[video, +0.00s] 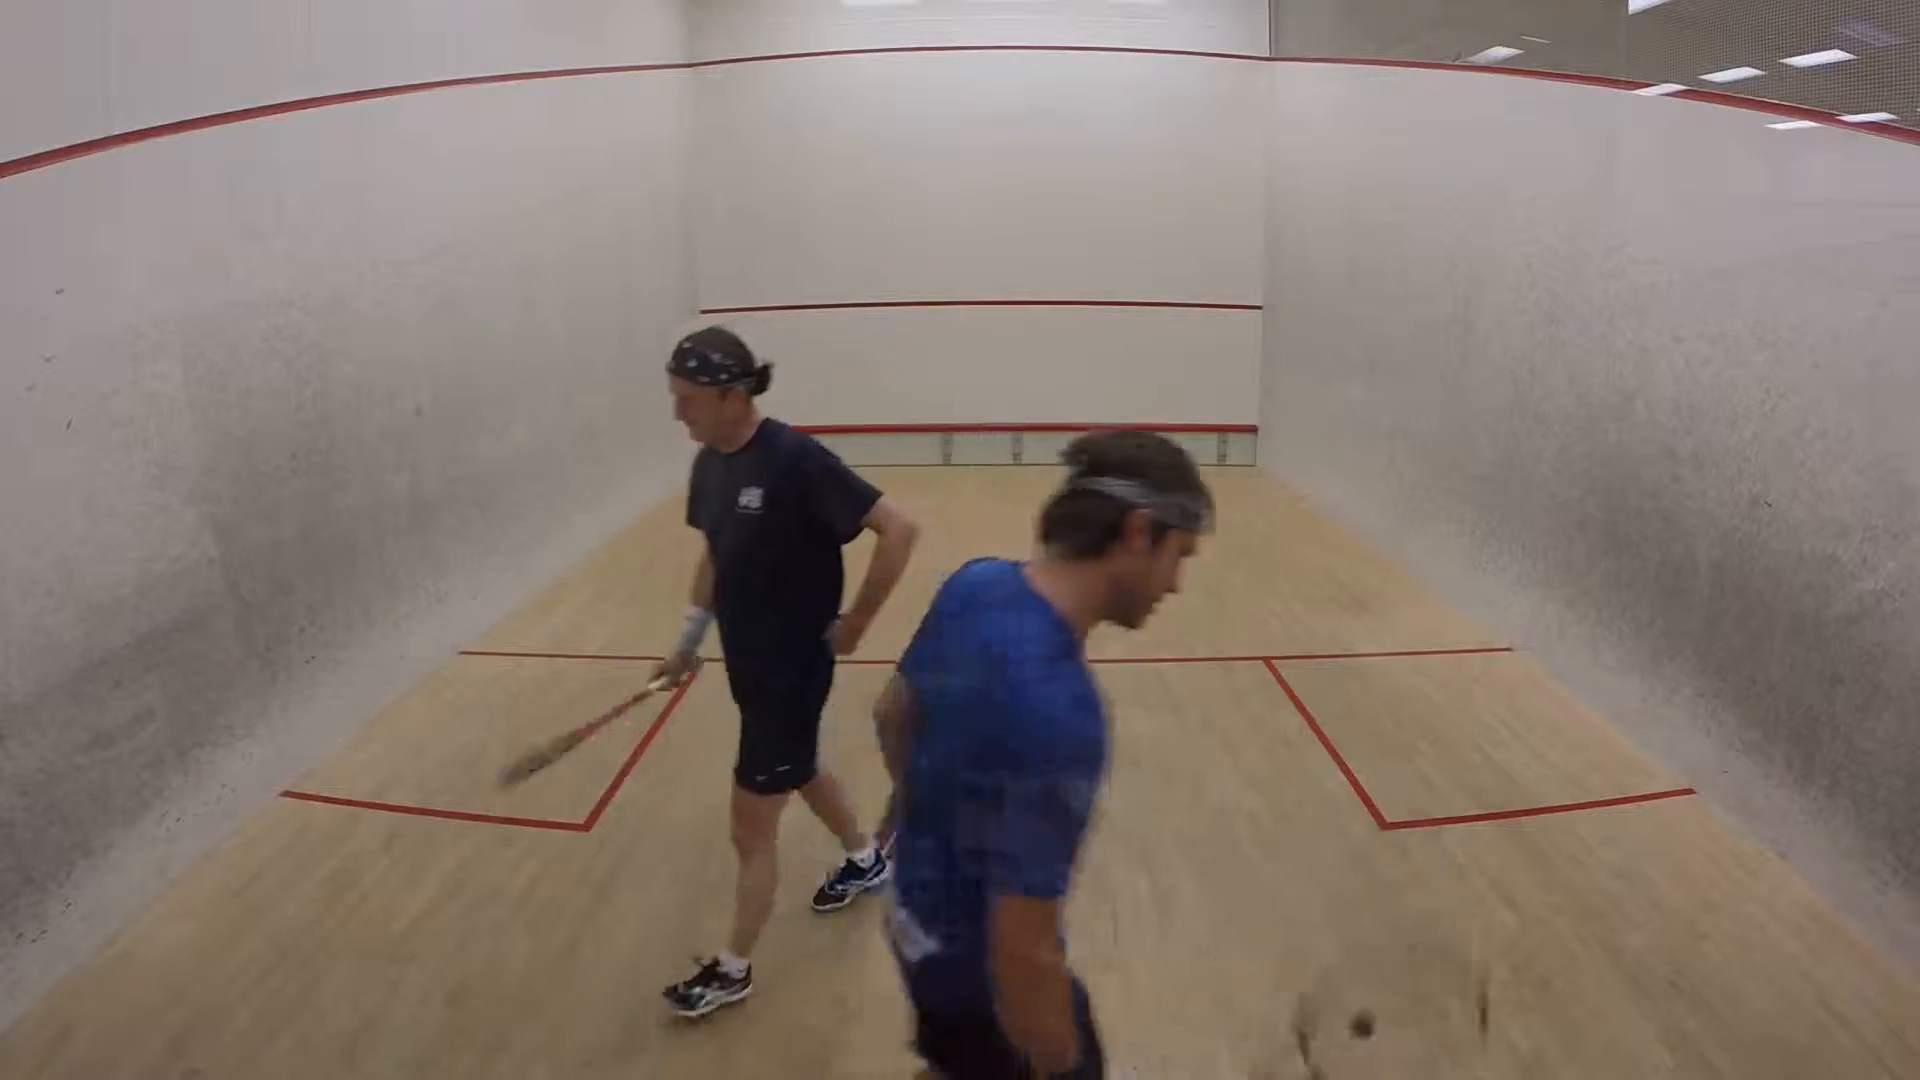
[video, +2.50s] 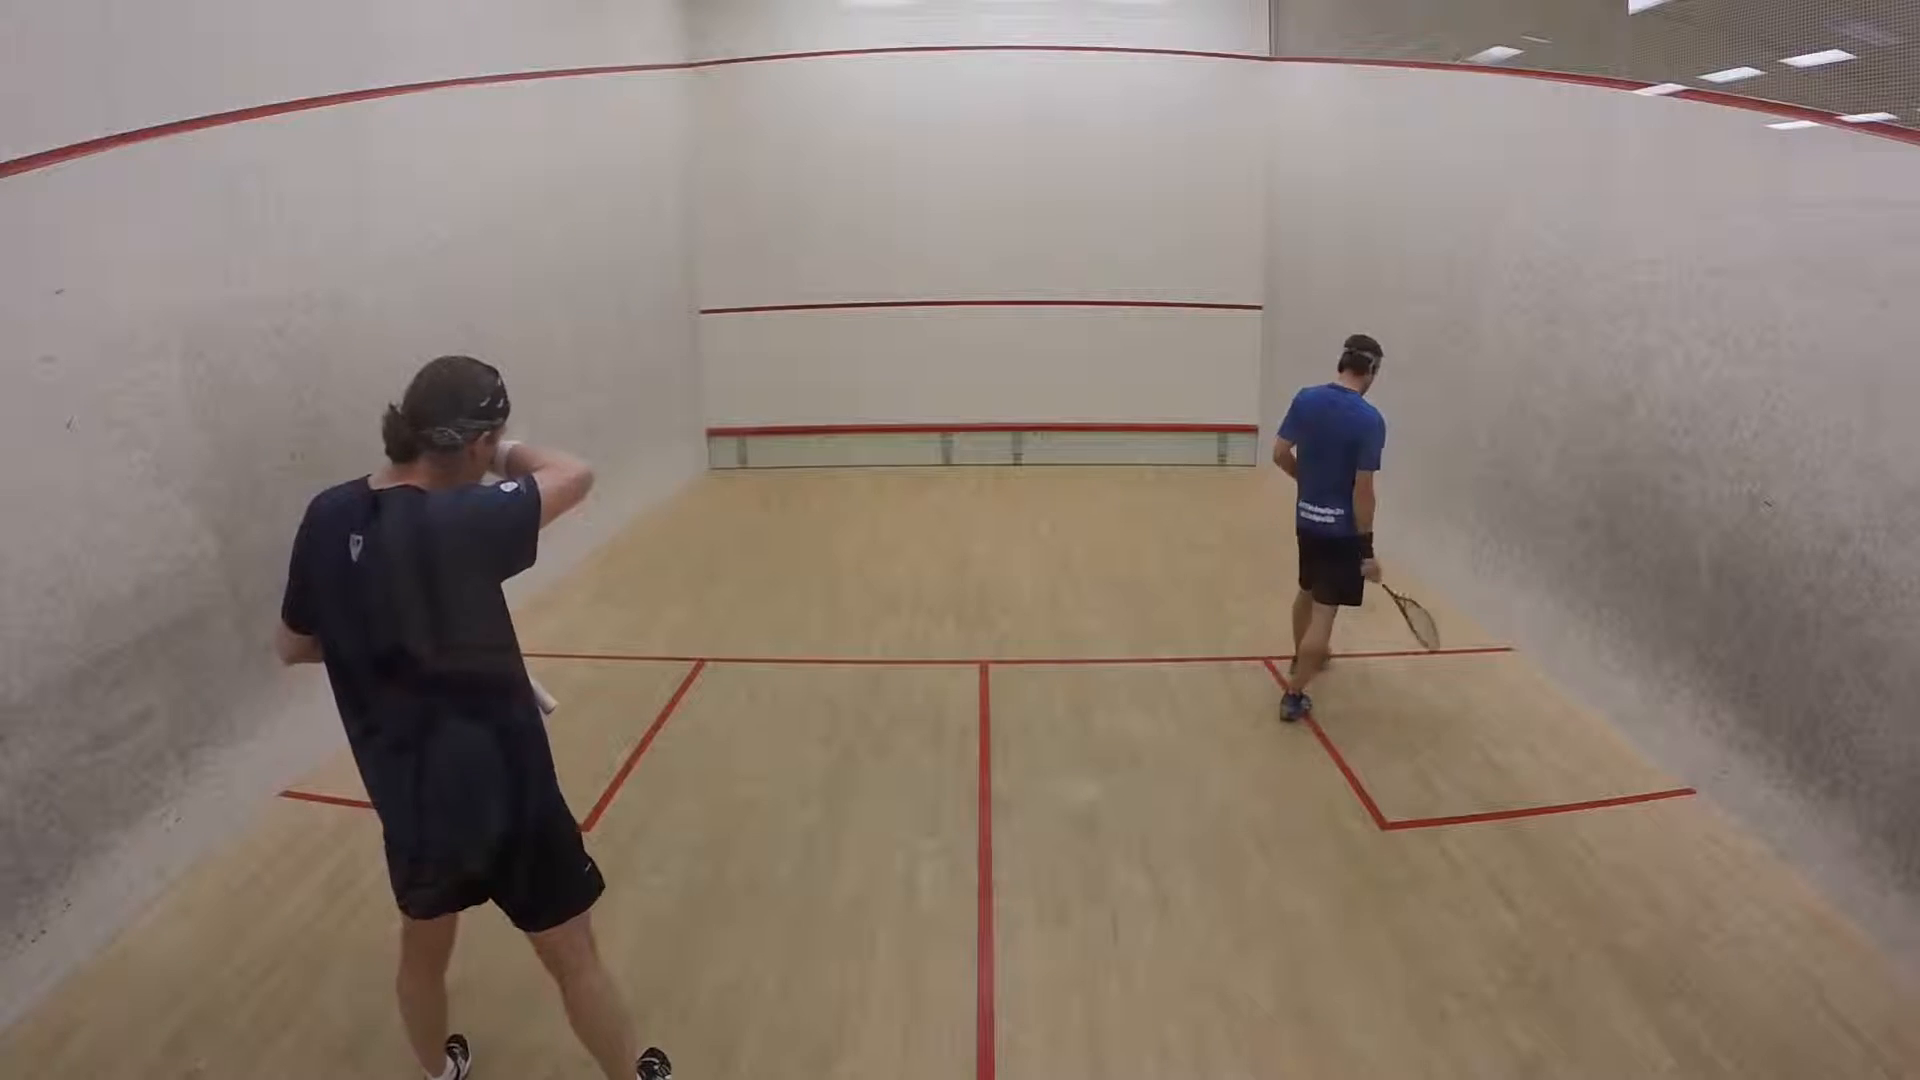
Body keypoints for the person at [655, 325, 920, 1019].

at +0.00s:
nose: (677, 412)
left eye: (686, 398)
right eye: (676, 398)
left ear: (731, 395)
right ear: (716, 395)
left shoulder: (797, 459)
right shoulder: (711, 462)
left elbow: (898, 529)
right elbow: (714, 558)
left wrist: (858, 622)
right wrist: (687, 645)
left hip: (796, 665)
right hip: (746, 659)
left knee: (752, 825)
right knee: (802, 767)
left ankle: (734, 968)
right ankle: (866, 854)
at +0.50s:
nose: (457, 441)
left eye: (464, 427)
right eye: (455, 426)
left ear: (512, 424)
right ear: (512, 425)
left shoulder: (586, 482)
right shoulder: (536, 488)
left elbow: (699, 567)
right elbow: (563, 600)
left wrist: (662, 673)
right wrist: (532, 680)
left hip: (613, 711)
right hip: (562, 709)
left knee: (658, 857)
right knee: (549, 848)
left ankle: (724, 972)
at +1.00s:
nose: (289, 432)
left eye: (288, 421)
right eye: (289, 419)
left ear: (301, 432)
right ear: (363, 410)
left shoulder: (374, 503)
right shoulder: (401, 481)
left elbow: (442, 617)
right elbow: (425, 608)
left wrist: (407, 716)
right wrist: (363, 699)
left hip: (395, 750)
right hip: (449, 731)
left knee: (360, 931)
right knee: (466, 868)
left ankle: (457, 1063)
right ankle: (512, 1006)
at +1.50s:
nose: (317, 437)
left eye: (314, 422)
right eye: (309, 423)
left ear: (227, 440)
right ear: (273, 435)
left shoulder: (166, 547)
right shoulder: (335, 531)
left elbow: (132, 696)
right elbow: (417, 672)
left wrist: (206, 677)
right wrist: (373, 676)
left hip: (263, 804)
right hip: (368, 776)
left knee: (325, 978)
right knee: (447, 912)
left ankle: (360, 1076)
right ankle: (505, 1024)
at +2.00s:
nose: (405, 447)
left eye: (403, 431)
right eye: (396, 432)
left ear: (329, 441)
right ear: (353, 441)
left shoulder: (250, 551)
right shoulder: (392, 546)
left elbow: (246, 684)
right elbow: (531, 596)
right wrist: (474, 531)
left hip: (349, 805)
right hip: (447, 791)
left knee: (371, 974)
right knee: (547, 957)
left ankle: (379, 1077)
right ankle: (629, 1074)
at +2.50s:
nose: (499, 446)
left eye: (498, 435)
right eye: (494, 437)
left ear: (406, 431)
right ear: (474, 444)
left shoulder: (331, 517)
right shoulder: (472, 521)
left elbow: (294, 644)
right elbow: (572, 476)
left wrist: (380, 625)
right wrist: (502, 451)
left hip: (412, 801)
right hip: (509, 792)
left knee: (423, 952)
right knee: (572, 958)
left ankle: (435, 1070)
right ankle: (632, 1072)